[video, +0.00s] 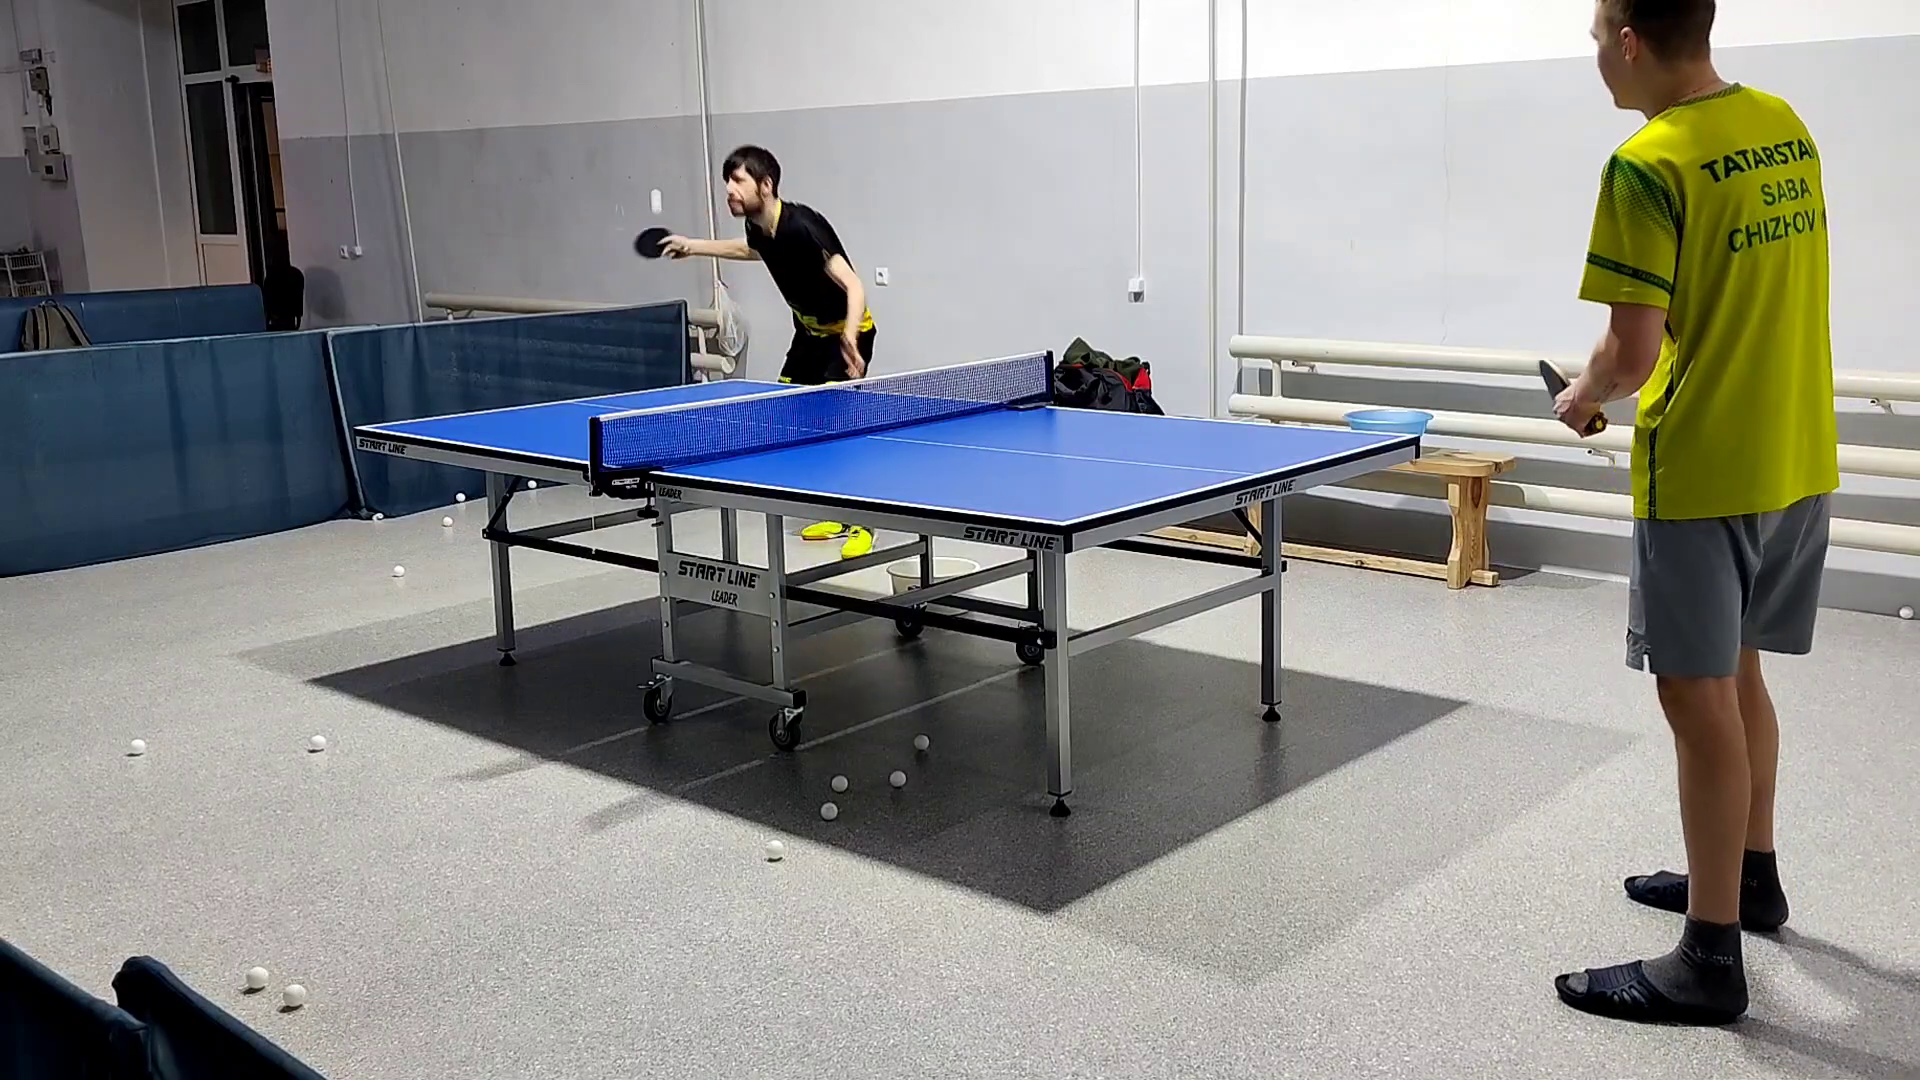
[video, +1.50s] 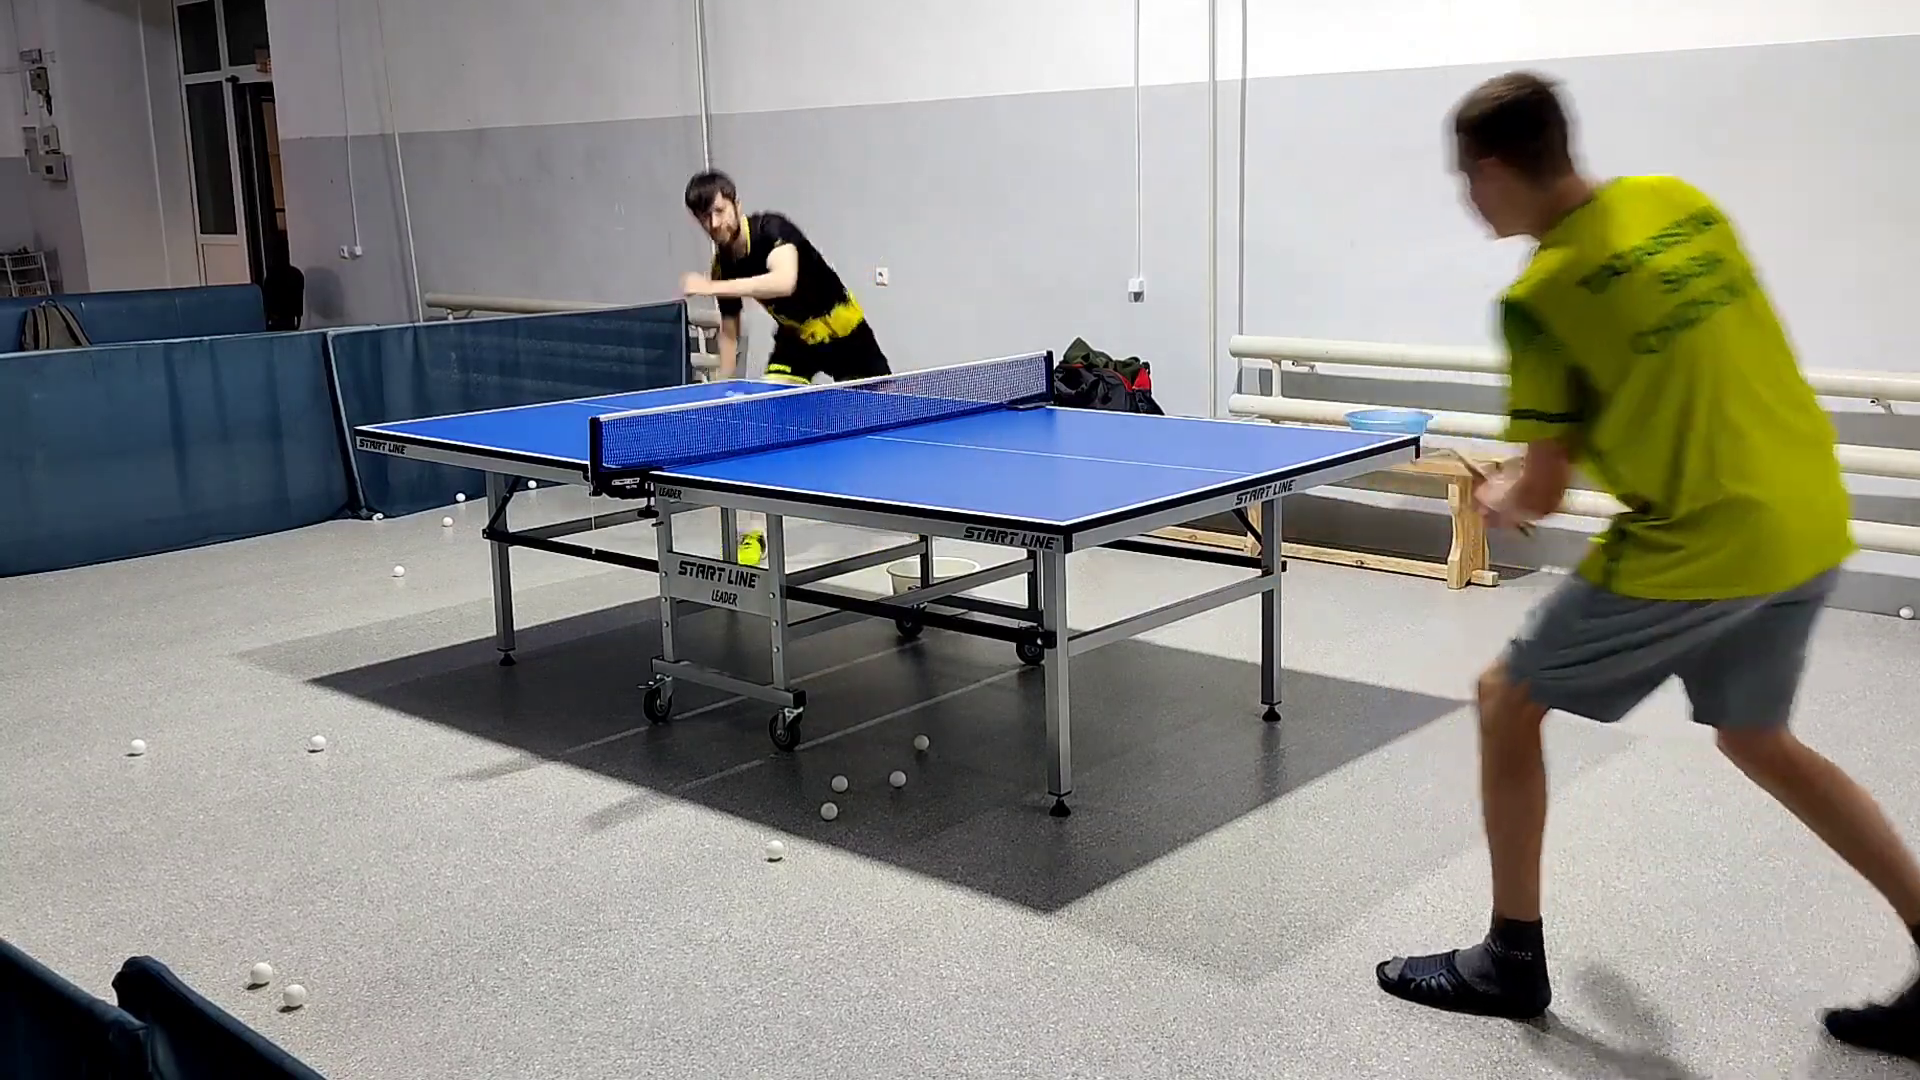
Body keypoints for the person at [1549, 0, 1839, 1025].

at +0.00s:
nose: (1597, 61)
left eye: (1598, 41)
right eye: (1597, 40)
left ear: (1630, 41)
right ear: (1699, 31)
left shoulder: (1647, 162)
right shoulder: (1781, 123)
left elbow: (1633, 346)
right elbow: (1767, 287)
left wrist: (1586, 394)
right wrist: (1639, 360)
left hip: (1699, 473)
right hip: (1799, 459)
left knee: (1699, 702)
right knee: (1738, 670)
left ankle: (1708, 963)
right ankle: (1750, 873)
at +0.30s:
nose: (1573, 100)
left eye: (1573, 78)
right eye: (1571, 80)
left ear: (1607, 73)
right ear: (1670, 59)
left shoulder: (1658, 189)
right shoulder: (1752, 135)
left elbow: (1651, 381)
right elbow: (1748, 324)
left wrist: (1554, 456)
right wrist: (1587, 440)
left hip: (1708, 474)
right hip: (1791, 455)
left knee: (1585, 672)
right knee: (1702, 651)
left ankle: (1680, 931)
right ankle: (1752, 871)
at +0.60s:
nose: (1509, 146)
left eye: (1514, 124)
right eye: (1505, 126)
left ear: (1564, 109)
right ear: (1574, 106)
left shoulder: (1657, 215)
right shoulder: (1635, 191)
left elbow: (1658, 418)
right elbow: (1661, 392)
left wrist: (1511, 502)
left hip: (1666, 505)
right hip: (1677, 497)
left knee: (1540, 682)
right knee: (1652, 670)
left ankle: (1517, 951)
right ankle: (1747, 878)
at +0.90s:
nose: (1356, 228)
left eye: (1359, 206)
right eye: (1349, 208)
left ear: (1414, 186)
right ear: (1426, 182)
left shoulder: (1509, 273)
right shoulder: (1537, 210)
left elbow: (1476, 468)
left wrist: (1328, 518)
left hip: (1604, 517)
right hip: (1667, 489)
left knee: (1439, 696)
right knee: (1631, 680)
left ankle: (1509, 956)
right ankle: (1741, 876)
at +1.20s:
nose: (1331, 267)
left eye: (1325, 249)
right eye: (1322, 250)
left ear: (1355, 240)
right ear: (1418, 208)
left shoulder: (1415, 358)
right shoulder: (1534, 226)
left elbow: (1375, 505)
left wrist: (1306, 507)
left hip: (1605, 548)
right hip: (1710, 509)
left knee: (1425, 699)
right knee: (1666, 687)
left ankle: (1506, 954)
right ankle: (1771, 887)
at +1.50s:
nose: (1470, 203)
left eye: (1471, 181)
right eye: (1466, 182)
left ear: (1506, 171)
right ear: (1559, 152)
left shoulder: (1541, 295)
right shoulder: (1680, 201)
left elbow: (1548, 478)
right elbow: (1701, 373)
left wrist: (1512, 502)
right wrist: (1567, 456)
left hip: (1689, 548)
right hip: (1812, 521)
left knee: (1506, 697)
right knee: (1754, 735)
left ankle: (1510, 956)